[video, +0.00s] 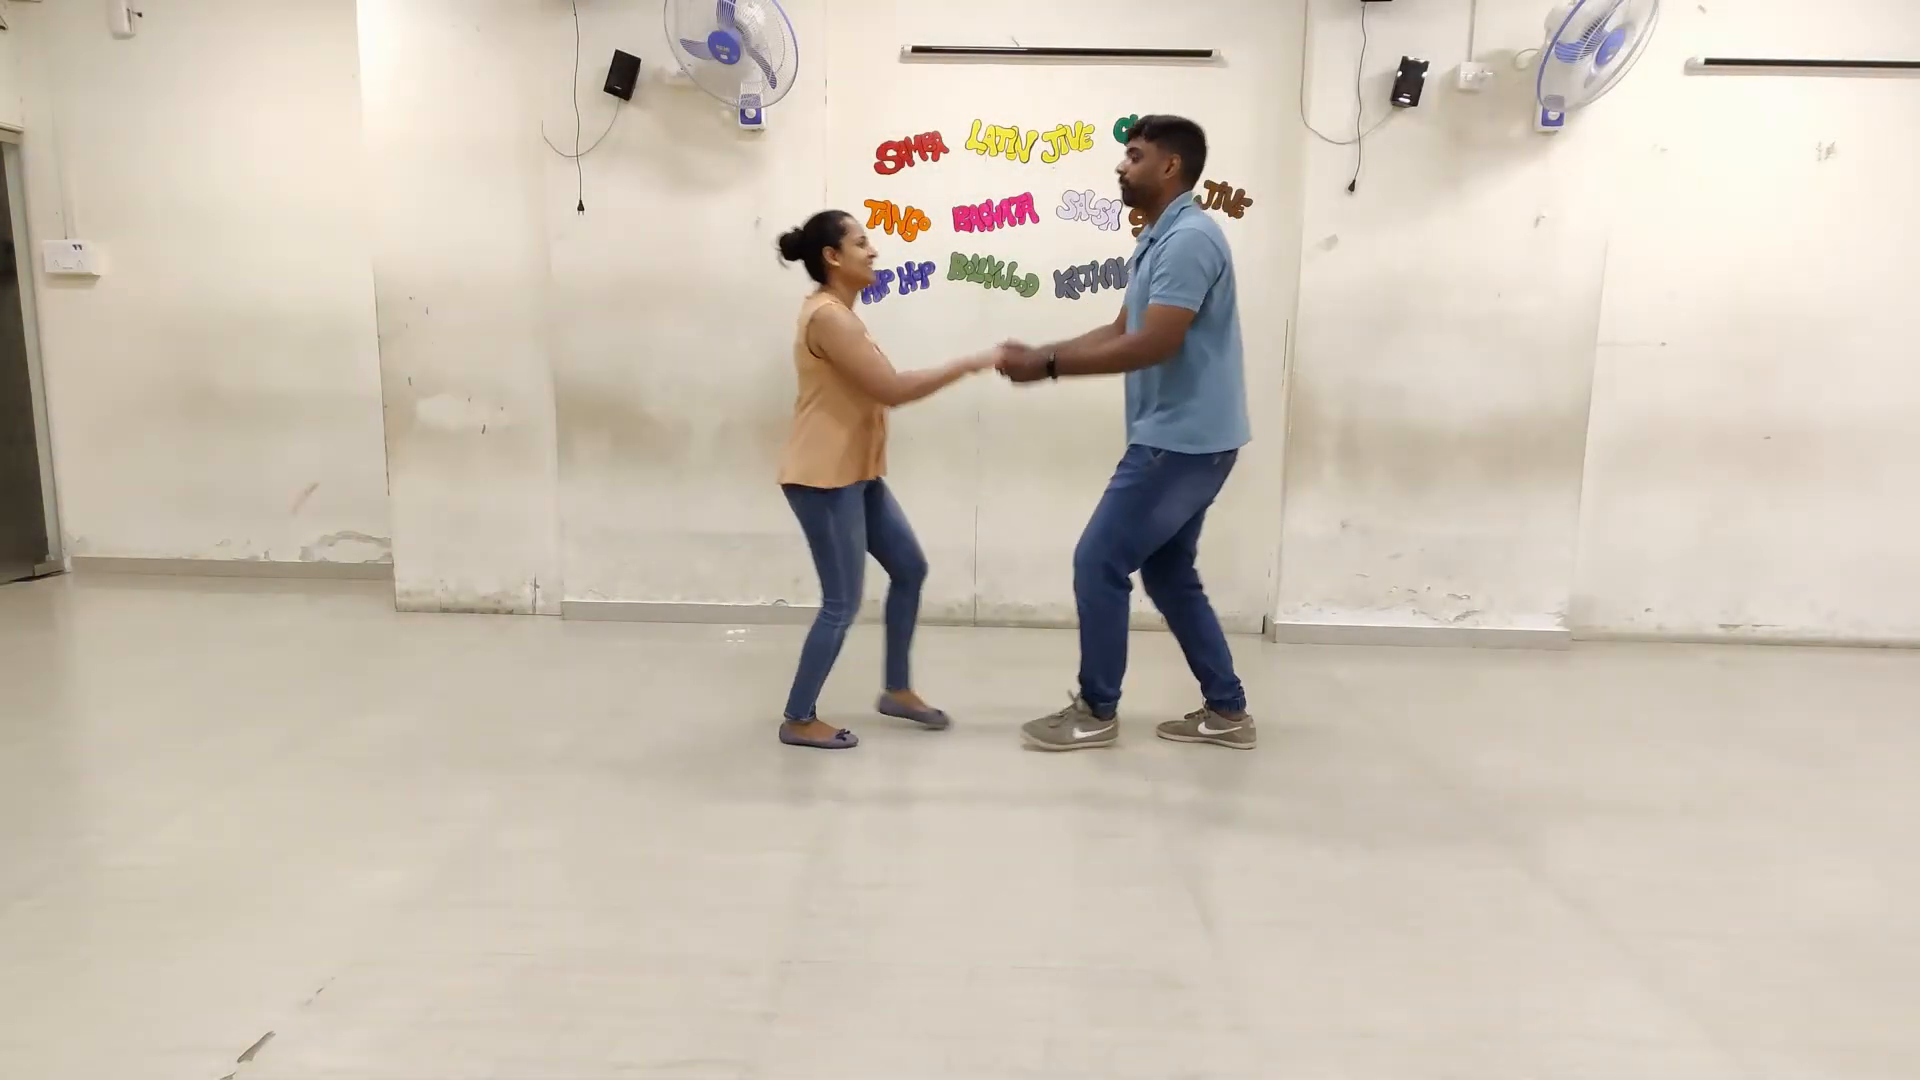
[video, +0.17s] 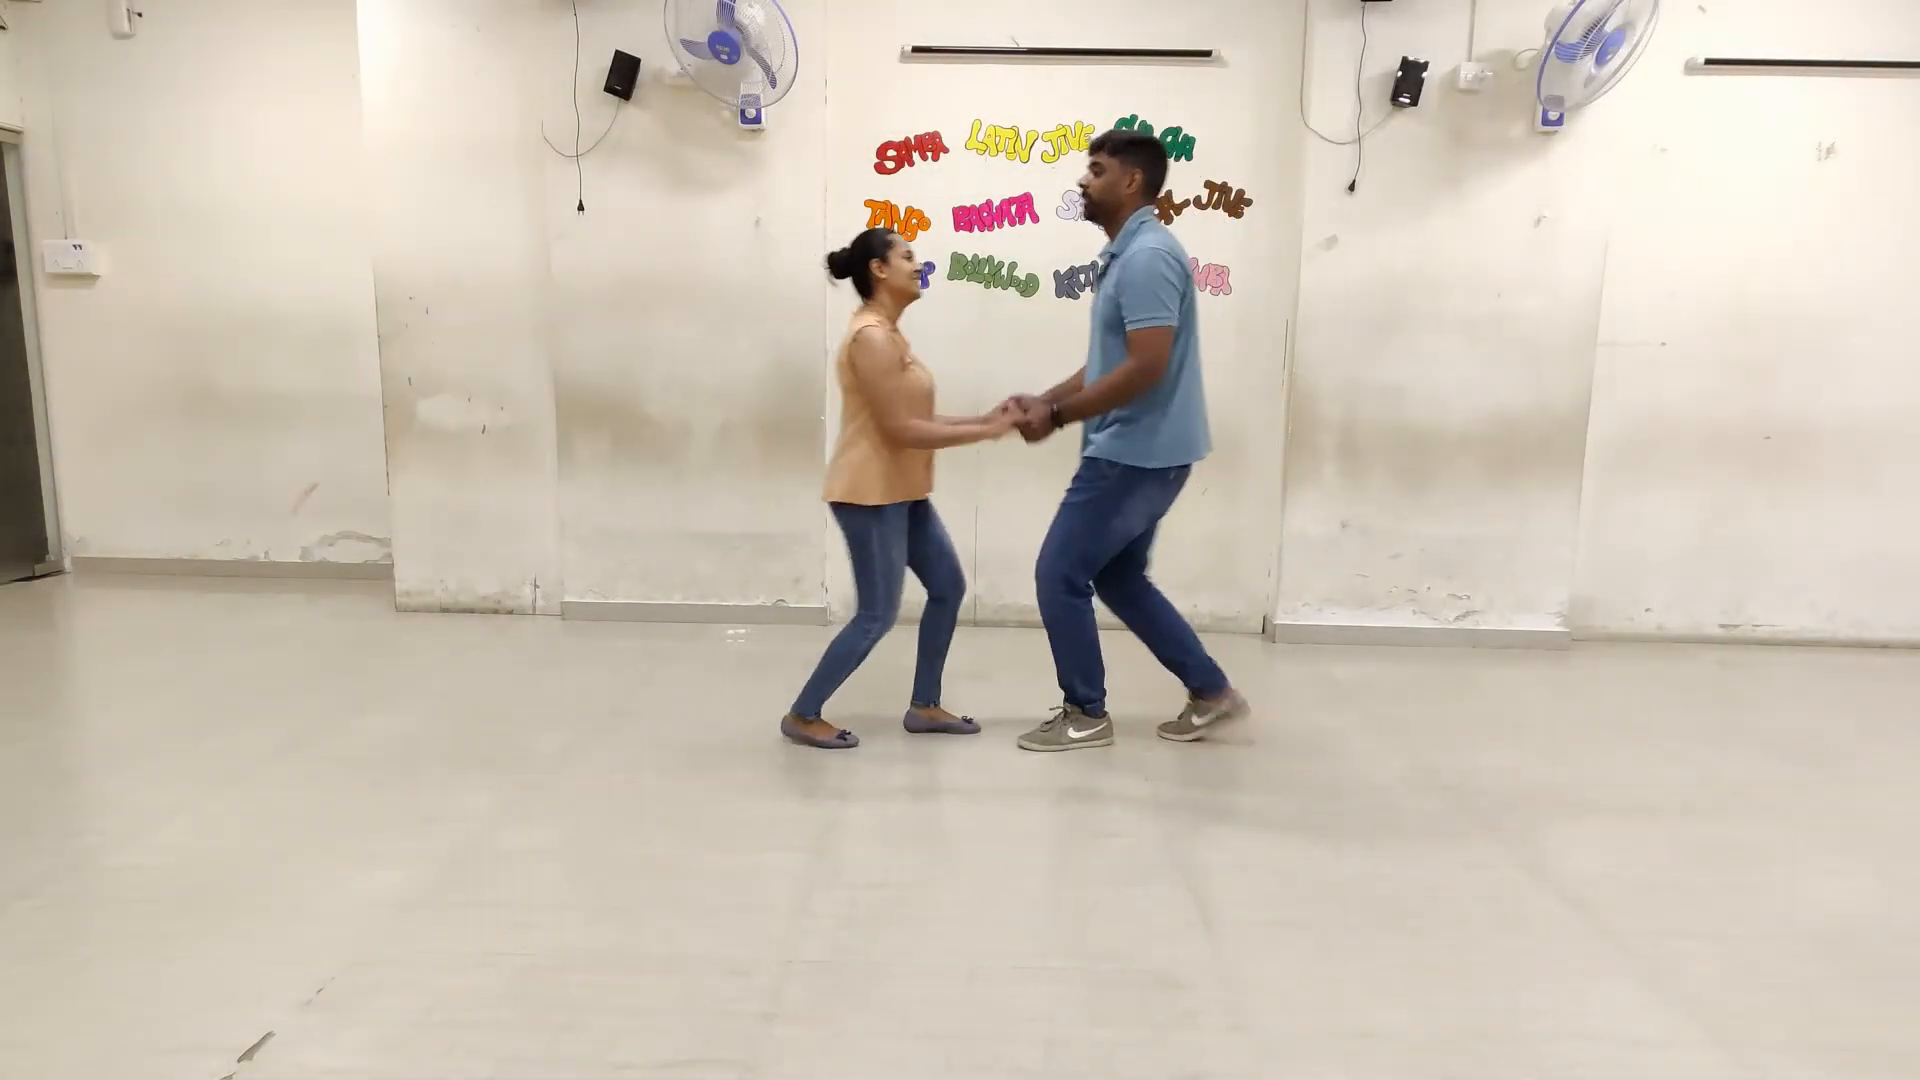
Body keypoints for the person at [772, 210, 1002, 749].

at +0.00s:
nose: (873, 250)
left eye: (869, 241)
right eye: (862, 243)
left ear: (840, 257)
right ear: (832, 256)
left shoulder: (842, 312)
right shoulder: (826, 316)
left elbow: (870, 391)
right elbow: (889, 388)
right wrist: (966, 365)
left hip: (856, 476)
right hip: (822, 478)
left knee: (910, 568)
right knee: (842, 600)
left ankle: (897, 692)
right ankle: (798, 719)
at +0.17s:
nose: (919, 264)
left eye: (915, 255)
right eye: (908, 257)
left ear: (884, 271)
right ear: (879, 270)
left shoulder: (890, 335)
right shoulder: (871, 337)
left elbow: (918, 420)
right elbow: (900, 429)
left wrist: (988, 420)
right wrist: (985, 429)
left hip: (903, 493)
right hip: (869, 494)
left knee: (948, 586)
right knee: (877, 614)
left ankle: (925, 706)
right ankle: (802, 714)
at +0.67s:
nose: (944, 250)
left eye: (940, 241)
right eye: (934, 242)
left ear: (905, 252)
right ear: (907, 252)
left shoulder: (906, 310)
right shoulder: (896, 314)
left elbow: (920, 391)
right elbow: (917, 398)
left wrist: (975, 359)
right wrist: (984, 364)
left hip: (918, 472)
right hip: (896, 474)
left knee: (931, 597)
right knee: (923, 599)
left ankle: (924, 706)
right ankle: (836, 697)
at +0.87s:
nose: (872, 271)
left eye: (869, 261)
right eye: (865, 262)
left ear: (830, 269)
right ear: (838, 268)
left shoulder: (808, 323)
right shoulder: (832, 329)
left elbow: (873, 396)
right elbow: (898, 403)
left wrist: (927, 395)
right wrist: (984, 400)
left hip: (826, 487)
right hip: (822, 490)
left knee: (877, 589)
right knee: (829, 618)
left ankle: (915, 705)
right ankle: (765, 738)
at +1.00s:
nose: (845, 270)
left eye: (843, 261)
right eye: (839, 262)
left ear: (802, 267)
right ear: (812, 268)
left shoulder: (772, 323)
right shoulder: (821, 326)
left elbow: (800, 398)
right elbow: (904, 374)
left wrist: (862, 416)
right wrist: (984, 353)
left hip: (780, 480)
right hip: (803, 486)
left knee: (852, 580)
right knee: (811, 614)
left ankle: (868, 706)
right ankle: (763, 741)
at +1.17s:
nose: (828, 264)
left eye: (825, 254)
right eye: (823, 256)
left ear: (777, 266)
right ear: (802, 263)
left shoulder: (743, 321)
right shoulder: (819, 314)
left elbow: (713, 400)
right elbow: (910, 344)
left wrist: (763, 423)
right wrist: (991, 319)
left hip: (743, 475)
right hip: (796, 476)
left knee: (792, 592)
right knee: (789, 609)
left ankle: (780, 704)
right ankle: (764, 741)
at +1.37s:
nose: (859, 257)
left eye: (856, 248)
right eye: (854, 250)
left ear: (809, 262)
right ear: (835, 260)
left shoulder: (773, 313)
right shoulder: (855, 312)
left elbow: (723, 376)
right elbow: (940, 345)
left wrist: (774, 401)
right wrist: (1018, 318)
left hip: (772, 469)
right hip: (832, 472)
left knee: (787, 588)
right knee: (864, 583)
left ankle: (779, 709)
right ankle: (827, 693)